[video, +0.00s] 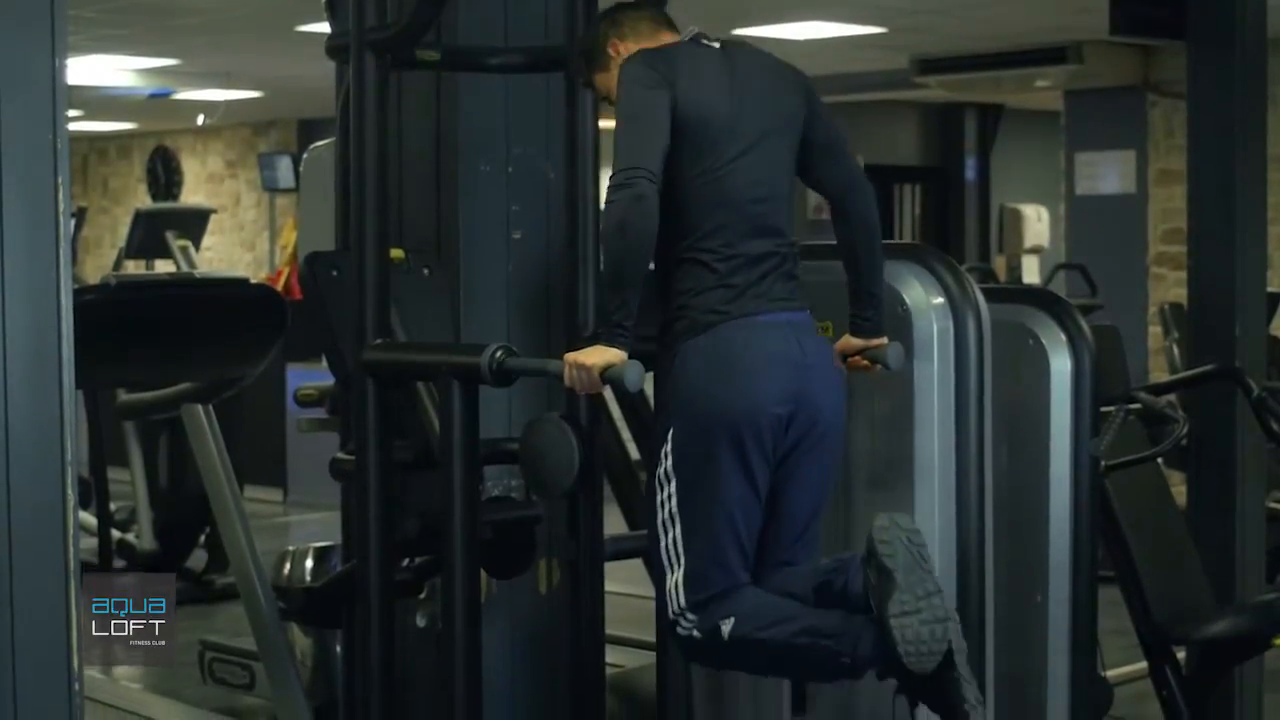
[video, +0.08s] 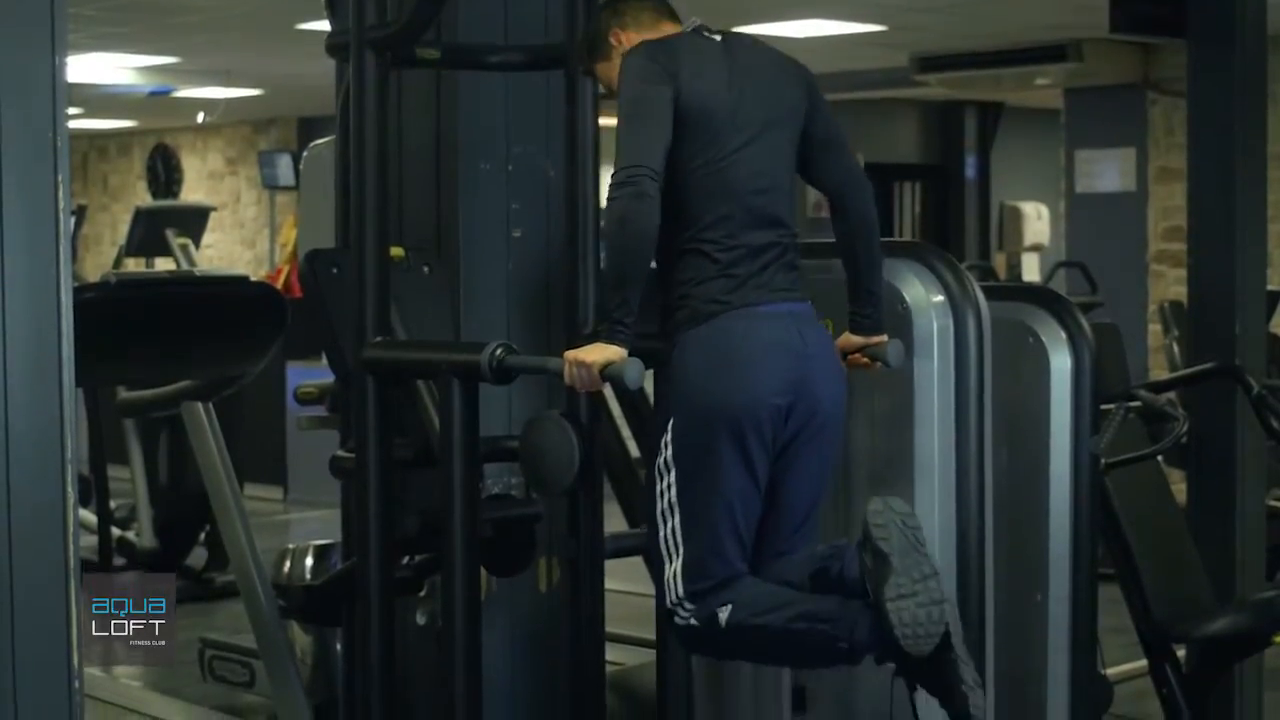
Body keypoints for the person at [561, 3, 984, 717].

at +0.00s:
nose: (613, 104)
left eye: (606, 89)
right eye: (605, 96)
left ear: (619, 50)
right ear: (674, 29)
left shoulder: (646, 69)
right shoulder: (781, 77)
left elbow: (635, 194)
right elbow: (853, 193)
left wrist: (615, 333)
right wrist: (867, 321)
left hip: (718, 360)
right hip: (807, 353)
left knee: (698, 613)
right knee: (774, 585)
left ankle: (888, 646)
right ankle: (869, 577)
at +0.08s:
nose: (615, 94)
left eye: (609, 79)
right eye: (606, 86)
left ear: (622, 37)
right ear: (676, 20)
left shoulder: (650, 62)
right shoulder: (783, 70)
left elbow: (637, 194)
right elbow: (852, 192)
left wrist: (613, 330)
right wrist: (867, 318)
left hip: (717, 353)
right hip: (808, 346)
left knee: (695, 606)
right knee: (771, 574)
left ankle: (890, 632)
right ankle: (867, 563)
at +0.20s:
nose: (615, 93)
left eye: (609, 80)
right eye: (607, 86)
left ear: (621, 42)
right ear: (674, 22)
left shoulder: (651, 67)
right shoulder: (782, 73)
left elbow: (637, 192)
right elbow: (857, 188)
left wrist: (613, 329)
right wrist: (866, 317)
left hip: (719, 356)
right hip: (809, 348)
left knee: (694, 611)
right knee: (769, 580)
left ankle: (883, 636)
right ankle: (865, 569)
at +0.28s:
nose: (614, 106)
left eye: (608, 93)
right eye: (606, 99)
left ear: (621, 57)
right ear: (675, 36)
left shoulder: (649, 76)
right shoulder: (778, 82)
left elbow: (632, 194)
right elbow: (863, 188)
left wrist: (611, 331)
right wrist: (868, 319)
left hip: (717, 365)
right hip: (807, 356)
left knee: (696, 623)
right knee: (770, 592)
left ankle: (877, 652)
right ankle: (865, 586)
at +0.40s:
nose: (610, 144)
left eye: (603, 129)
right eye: (602, 136)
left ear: (616, 91)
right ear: (669, 69)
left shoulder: (642, 103)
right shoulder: (776, 103)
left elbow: (627, 200)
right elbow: (871, 190)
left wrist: (613, 333)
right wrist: (870, 321)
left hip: (718, 392)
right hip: (806, 382)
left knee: (697, 650)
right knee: (774, 612)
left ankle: (878, 696)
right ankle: (872, 629)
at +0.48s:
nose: (606, 157)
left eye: (601, 141)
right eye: (600, 148)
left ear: (615, 108)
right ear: (670, 86)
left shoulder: (641, 116)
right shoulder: (771, 118)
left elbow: (624, 198)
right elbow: (875, 190)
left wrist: (610, 332)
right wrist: (868, 323)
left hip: (719, 410)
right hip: (807, 399)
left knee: (701, 665)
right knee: (775, 632)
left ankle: (883, 705)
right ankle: (879, 646)